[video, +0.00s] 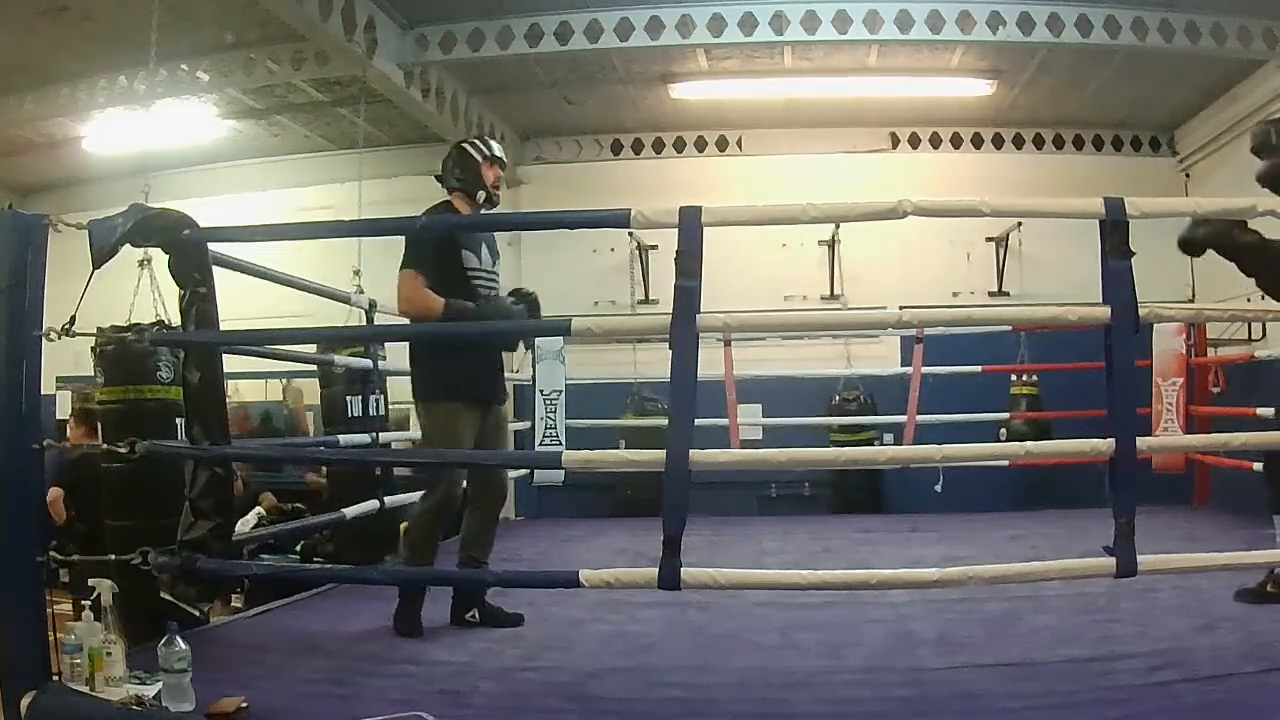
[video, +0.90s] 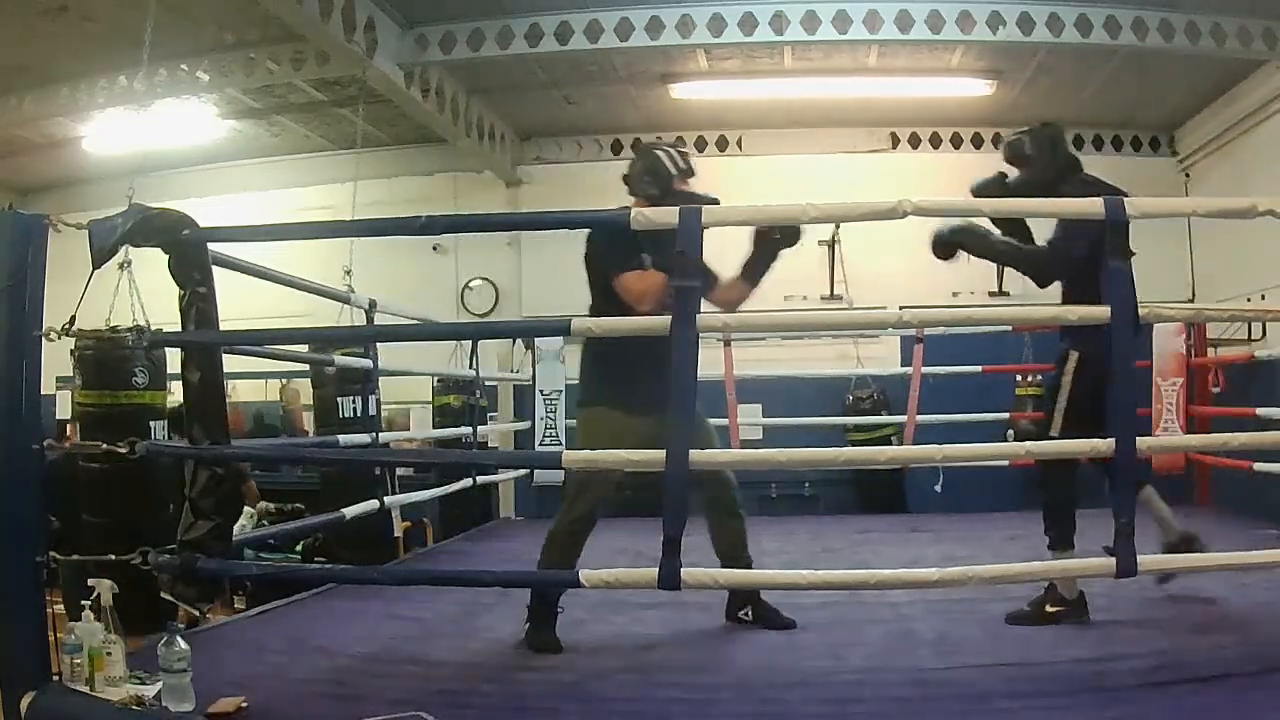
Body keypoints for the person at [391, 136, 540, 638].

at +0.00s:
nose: (499, 176)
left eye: (499, 169)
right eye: (491, 166)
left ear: (485, 177)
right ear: (464, 167)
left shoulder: (483, 235)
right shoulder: (432, 224)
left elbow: (477, 303)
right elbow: (408, 298)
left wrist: (513, 305)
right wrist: (475, 312)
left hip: (487, 384)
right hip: (444, 385)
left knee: (490, 489)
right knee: (444, 489)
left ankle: (469, 600)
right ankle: (409, 599)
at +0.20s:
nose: (527, 199)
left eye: (530, 190)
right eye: (525, 189)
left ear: (498, 181)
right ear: (507, 182)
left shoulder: (499, 233)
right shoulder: (457, 224)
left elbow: (517, 309)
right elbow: (482, 293)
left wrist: (553, 274)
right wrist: (532, 260)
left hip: (498, 381)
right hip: (467, 380)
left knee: (495, 483)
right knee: (494, 480)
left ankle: (470, 596)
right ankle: (455, 595)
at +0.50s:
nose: (579, 193)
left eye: (580, 183)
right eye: (576, 183)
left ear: (545, 181)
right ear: (554, 181)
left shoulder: (551, 234)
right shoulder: (504, 227)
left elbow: (574, 304)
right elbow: (538, 299)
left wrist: (616, 266)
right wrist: (593, 262)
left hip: (557, 387)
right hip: (523, 388)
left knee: (549, 496)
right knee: (541, 497)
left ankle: (482, 582)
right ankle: (538, 619)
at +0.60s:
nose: (600, 183)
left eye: (600, 173)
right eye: (595, 173)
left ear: (561, 176)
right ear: (570, 176)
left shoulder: (570, 228)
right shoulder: (527, 223)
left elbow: (570, 295)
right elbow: (539, 302)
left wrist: (616, 284)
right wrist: (605, 289)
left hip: (581, 383)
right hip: (542, 385)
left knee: (617, 483)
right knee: (551, 499)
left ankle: (530, 560)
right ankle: (539, 620)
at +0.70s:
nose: (625, 180)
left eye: (624, 170)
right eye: (620, 171)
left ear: (591, 173)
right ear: (597, 172)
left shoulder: (599, 225)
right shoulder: (550, 220)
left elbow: (608, 300)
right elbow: (563, 299)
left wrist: (648, 278)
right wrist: (631, 280)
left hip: (607, 382)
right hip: (562, 386)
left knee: (666, 462)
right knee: (560, 498)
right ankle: (538, 617)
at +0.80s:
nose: (651, 184)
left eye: (651, 177)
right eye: (646, 175)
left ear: (616, 173)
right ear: (620, 173)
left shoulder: (635, 227)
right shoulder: (577, 223)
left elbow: (650, 300)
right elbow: (606, 296)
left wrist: (697, 282)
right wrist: (655, 253)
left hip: (634, 384)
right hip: (583, 388)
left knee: (684, 479)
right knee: (568, 500)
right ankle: (540, 617)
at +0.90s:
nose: (693, 190)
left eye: (690, 182)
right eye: (684, 182)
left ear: (664, 191)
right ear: (655, 187)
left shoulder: (676, 244)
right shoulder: (609, 234)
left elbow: (727, 297)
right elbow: (641, 296)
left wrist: (764, 253)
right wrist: (684, 259)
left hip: (673, 403)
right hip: (610, 402)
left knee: (720, 491)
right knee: (583, 506)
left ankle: (743, 595)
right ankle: (542, 614)